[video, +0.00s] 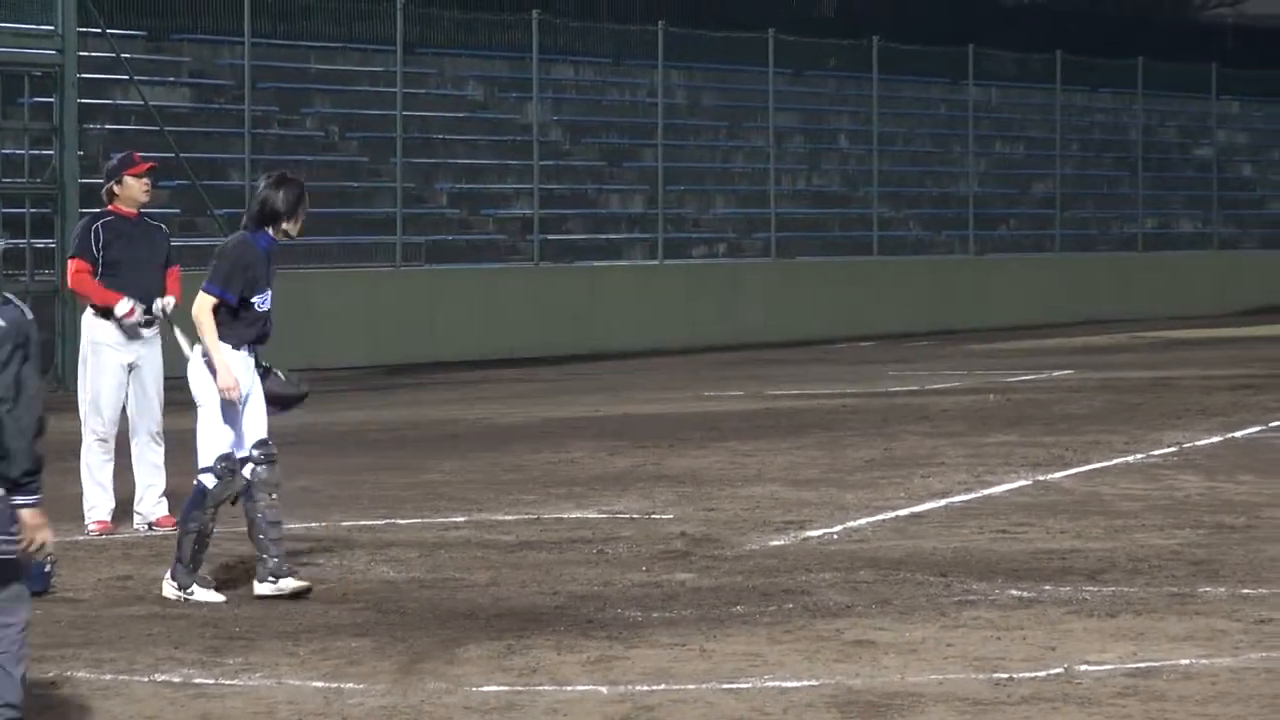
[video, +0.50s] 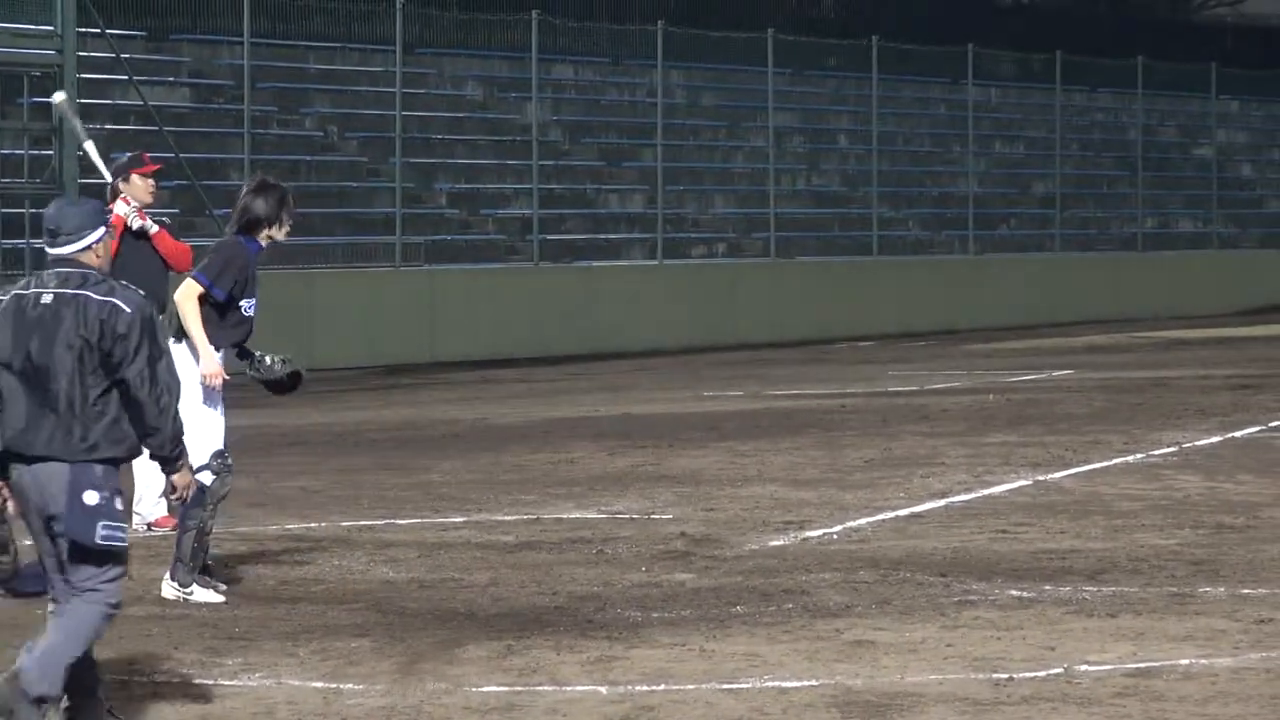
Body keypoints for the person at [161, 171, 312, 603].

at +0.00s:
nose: (304, 219)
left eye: (304, 211)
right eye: (302, 211)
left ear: (272, 206)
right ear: (286, 211)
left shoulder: (263, 250)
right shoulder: (242, 248)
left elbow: (242, 316)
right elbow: (201, 308)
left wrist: (259, 367)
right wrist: (221, 366)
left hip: (244, 362)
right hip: (218, 362)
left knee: (258, 465)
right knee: (218, 471)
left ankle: (270, 571)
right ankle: (182, 575)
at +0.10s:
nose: (296, 217)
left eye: (296, 209)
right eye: (293, 209)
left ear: (263, 205)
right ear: (276, 209)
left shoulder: (256, 246)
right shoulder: (235, 245)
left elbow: (235, 309)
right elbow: (192, 305)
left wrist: (255, 352)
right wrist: (217, 354)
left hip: (238, 363)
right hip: (209, 361)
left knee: (248, 463)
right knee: (213, 467)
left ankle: (241, 569)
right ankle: (182, 575)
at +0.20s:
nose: (289, 218)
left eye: (290, 211)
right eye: (287, 210)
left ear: (257, 206)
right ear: (271, 210)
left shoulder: (250, 247)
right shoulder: (229, 245)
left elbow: (229, 309)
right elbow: (186, 304)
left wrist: (252, 348)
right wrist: (212, 350)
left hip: (230, 362)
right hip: (203, 362)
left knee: (239, 463)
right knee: (210, 468)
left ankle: (213, 562)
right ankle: (181, 575)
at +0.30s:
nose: (288, 221)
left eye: (289, 213)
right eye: (286, 213)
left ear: (258, 208)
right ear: (269, 212)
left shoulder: (246, 248)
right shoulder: (226, 245)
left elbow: (227, 314)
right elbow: (181, 302)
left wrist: (256, 351)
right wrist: (205, 351)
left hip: (222, 362)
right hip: (200, 362)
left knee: (231, 463)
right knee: (210, 467)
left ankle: (205, 563)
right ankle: (181, 575)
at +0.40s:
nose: (288, 222)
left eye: (289, 214)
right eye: (286, 213)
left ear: (257, 210)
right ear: (270, 213)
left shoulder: (245, 251)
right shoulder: (228, 247)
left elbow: (225, 315)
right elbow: (181, 299)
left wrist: (256, 354)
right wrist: (203, 350)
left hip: (212, 362)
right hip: (195, 362)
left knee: (217, 465)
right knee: (209, 468)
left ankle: (200, 559)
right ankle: (182, 574)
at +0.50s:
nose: (290, 222)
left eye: (289, 215)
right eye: (287, 215)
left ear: (255, 213)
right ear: (271, 218)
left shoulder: (247, 255)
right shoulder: (234, 251)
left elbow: (219, 317)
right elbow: (185, 297)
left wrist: (253, 359)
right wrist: (207, 355)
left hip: (204, 361)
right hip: (193, 360)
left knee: (211, 466)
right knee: (210, 468)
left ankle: (194, 565)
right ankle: (182, 574)